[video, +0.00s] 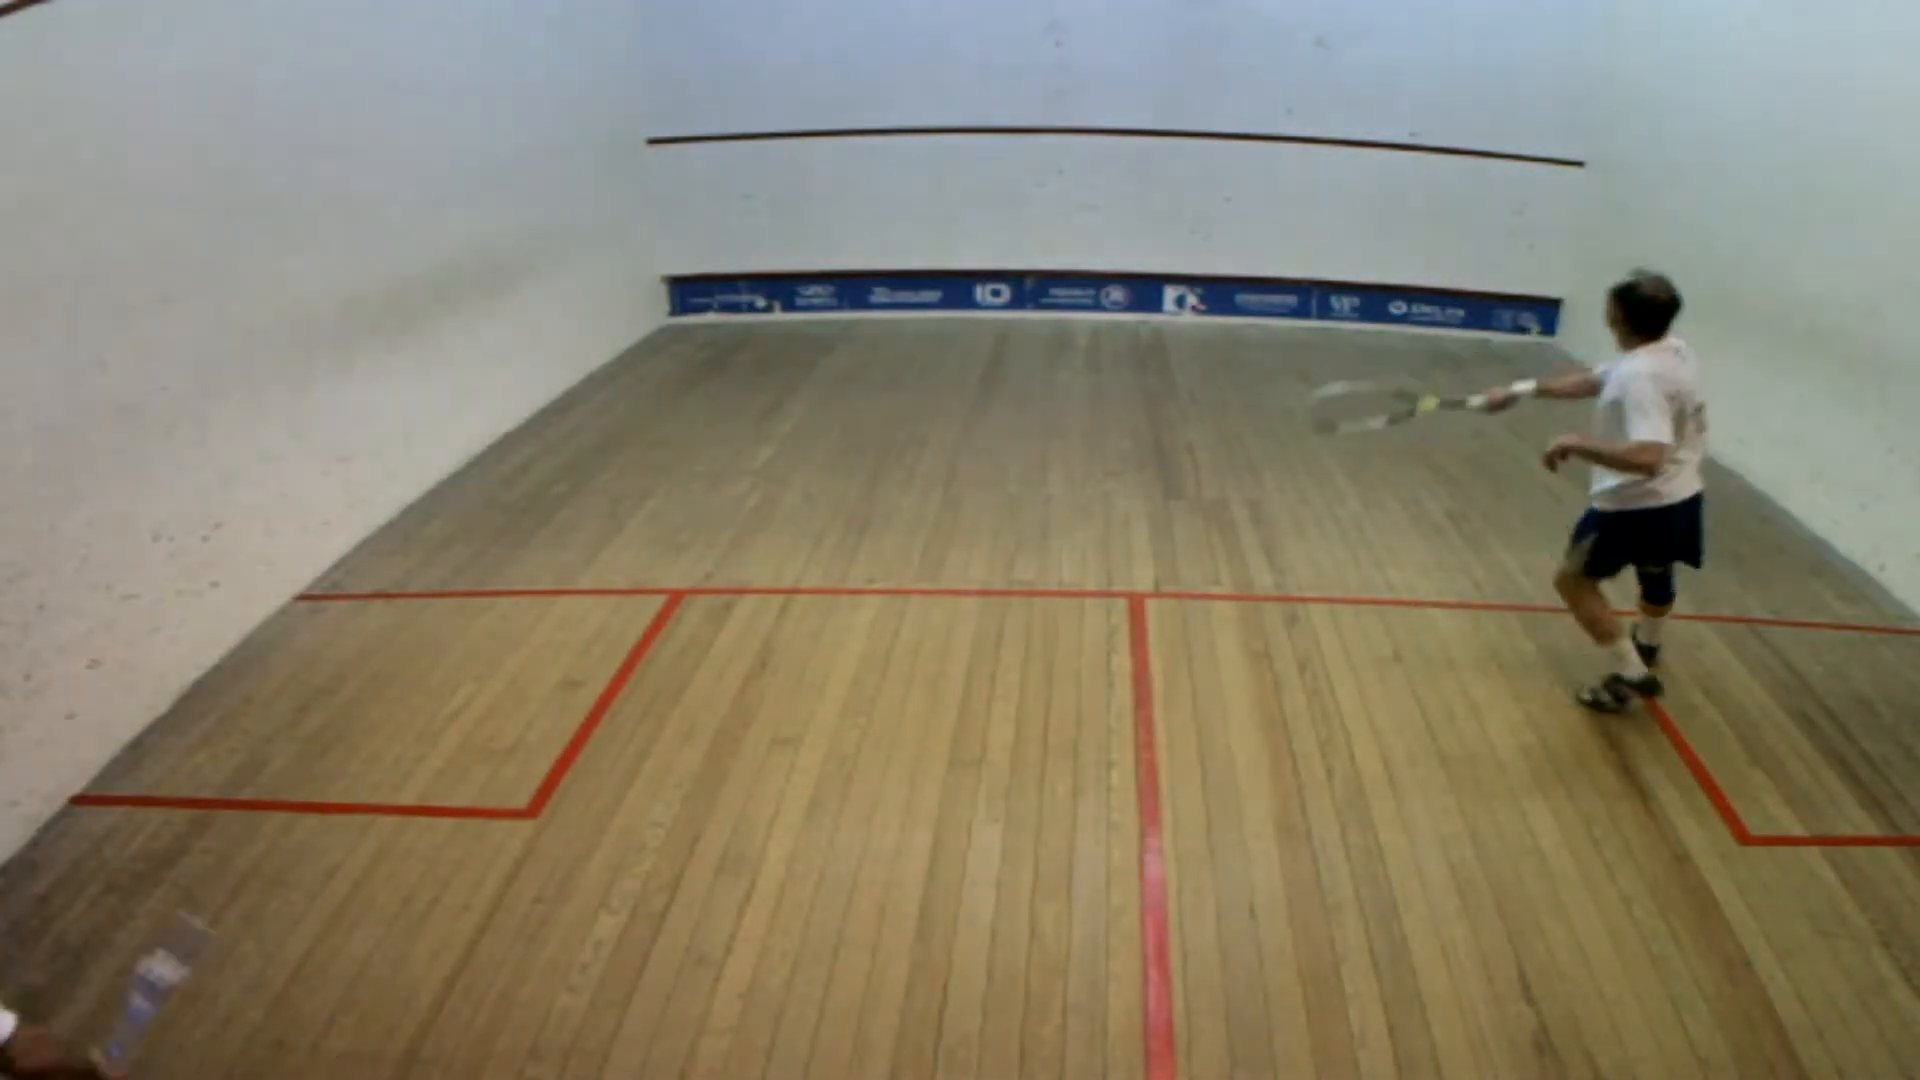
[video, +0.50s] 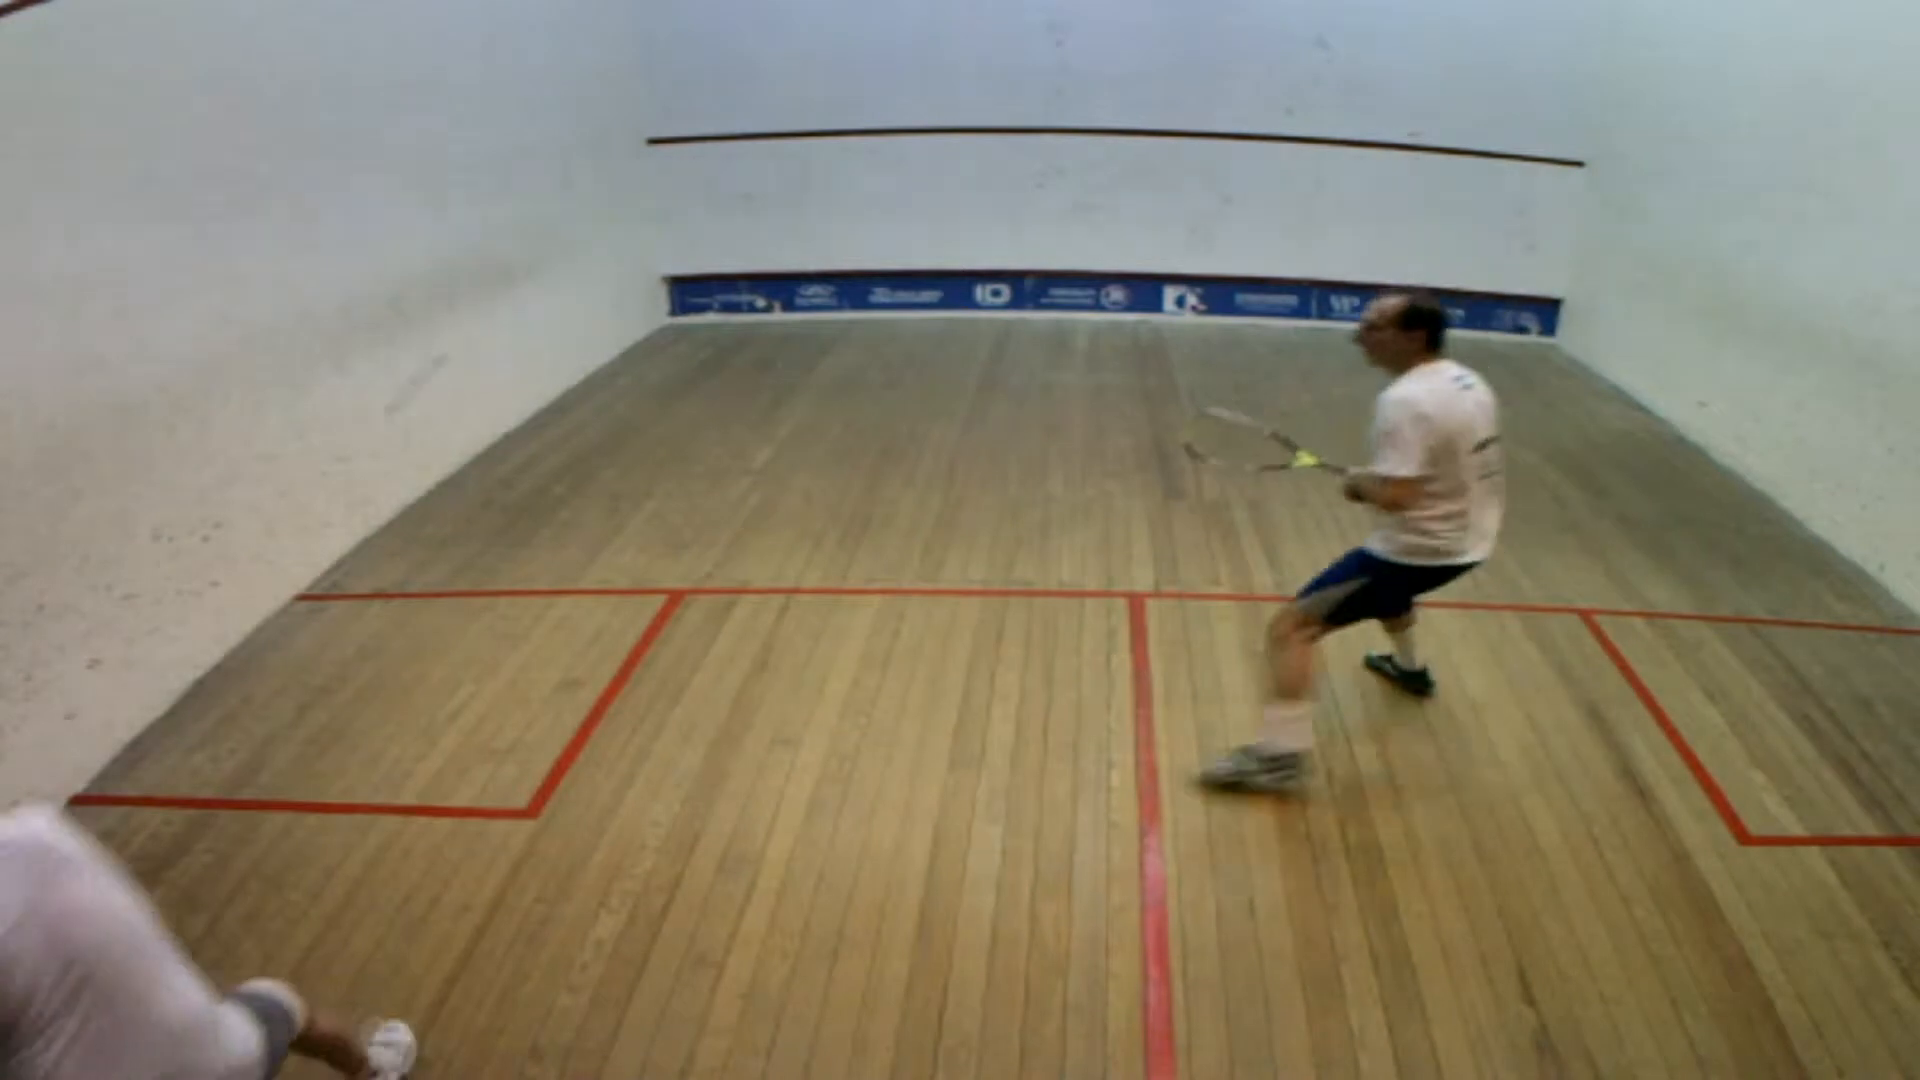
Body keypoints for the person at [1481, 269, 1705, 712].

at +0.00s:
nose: (1607, 320)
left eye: (1612, 313)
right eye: (1610, 312)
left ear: (1627, 321)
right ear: (1658, 320)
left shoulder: (1639, 374)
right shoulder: (1675, 353)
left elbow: (1649, 457)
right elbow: (1590, 382)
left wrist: (1575, 445)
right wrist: (1520, 390)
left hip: (1632, 507)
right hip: (1680, 500)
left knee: (1573, 581)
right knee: (1656, 575)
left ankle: (1633, 673)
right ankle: (1646, 654)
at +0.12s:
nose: (1553, 316)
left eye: (1562, 312)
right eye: (1558, 310)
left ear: (1581, 325)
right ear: (1599, 326)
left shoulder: (1593, 379)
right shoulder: (1620, 362)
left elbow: (1599, 465)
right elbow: (1574, 416)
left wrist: (1538, 450)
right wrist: (1512, 418)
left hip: (1609, 523)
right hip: (1633, 509)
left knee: (1569, 602)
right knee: (1587, 583)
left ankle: (1637, 676)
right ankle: (1592, 635)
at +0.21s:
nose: (1509, 304)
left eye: (1520, 298)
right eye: (1514, 296)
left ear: (1550, 312)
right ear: (1559, 313)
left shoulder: (1536, 366)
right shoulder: (1595, 354)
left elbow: (1545, 449)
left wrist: (1499, 447)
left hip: (1563, 519)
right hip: (1602, 509)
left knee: (1540, 596)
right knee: (1517, 555)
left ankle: (1617, 668)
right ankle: (1500, 644)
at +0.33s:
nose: (1439, 314)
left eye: (1451, 307)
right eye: (1443, 304)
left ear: (1486, 319)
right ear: (1493, 319)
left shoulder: (1474, 376)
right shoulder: (1539, 362)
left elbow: (1480, 463)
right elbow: (1533, 442)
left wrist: (1438, 468)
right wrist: (1455, 450)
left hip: (1503, 522)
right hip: (1542, 513)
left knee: (1421, 609)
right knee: (1431, 569)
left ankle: (1529, 672)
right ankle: (1415, 665)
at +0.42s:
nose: (1390, 331)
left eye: (1402, 323)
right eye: (1393, 321)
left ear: (1442, 333)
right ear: (1448, 334)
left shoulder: (1435, 392)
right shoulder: (1494, 374)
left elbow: (1439, 482)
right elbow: (1488, 457)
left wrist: (1395, 482)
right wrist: (1408, 468)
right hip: (1502, 530)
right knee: (1405, 590)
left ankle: (1384, 711)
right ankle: (1413, 668)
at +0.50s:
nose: (1361, 335)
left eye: (1374, 328)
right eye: (1365, 324)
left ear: (1414, 338)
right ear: (1422, 339)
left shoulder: (1405, 400)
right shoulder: (1469, 383)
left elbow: (1402, 492)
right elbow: (1452, 468)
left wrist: (1359, 485)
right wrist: (1379, 478)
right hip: (1466, 542)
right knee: (1385, 585)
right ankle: (1409, 665)